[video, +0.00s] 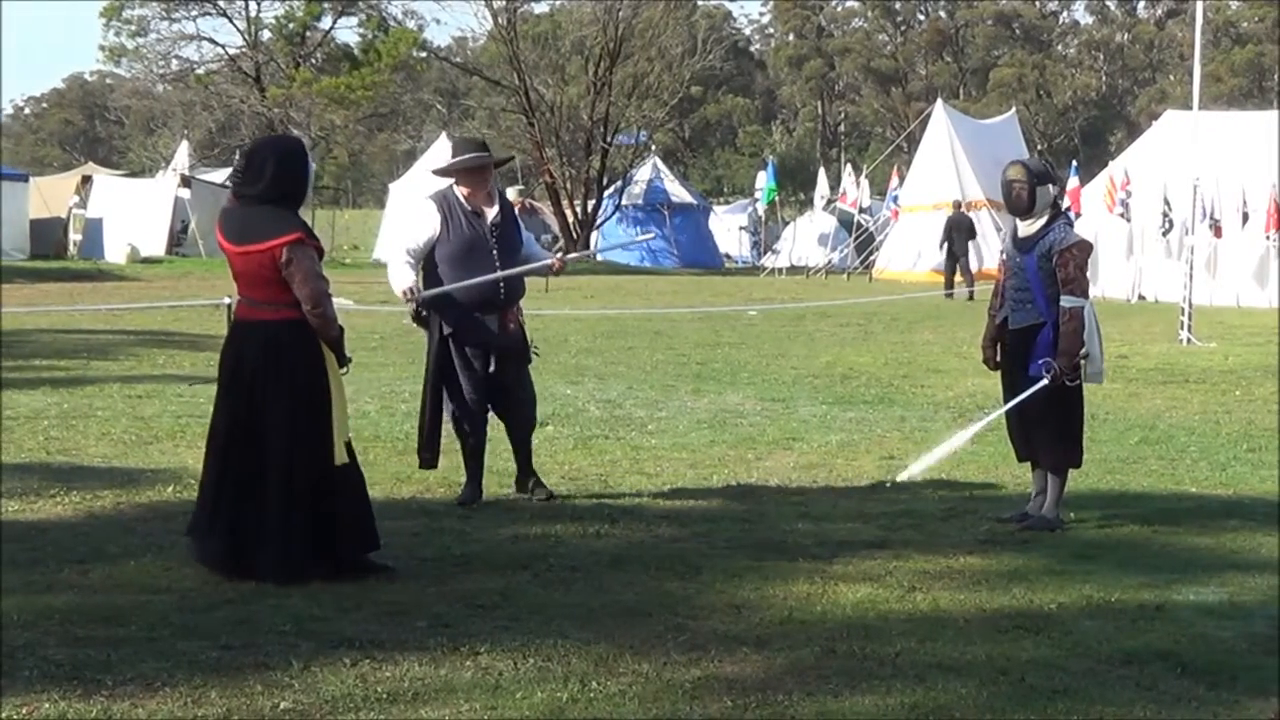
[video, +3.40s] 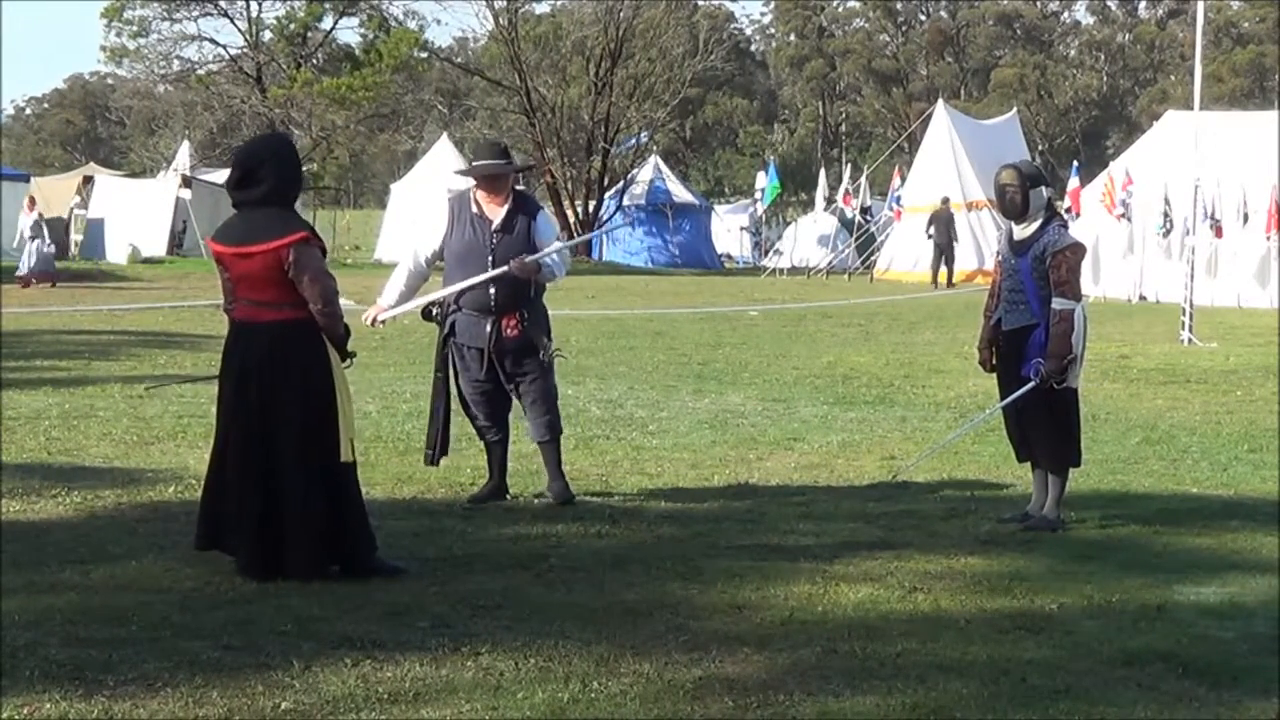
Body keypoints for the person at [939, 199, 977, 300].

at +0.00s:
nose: (954, 208)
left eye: (953, 206)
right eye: (956, 206)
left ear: (953, 207)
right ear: (961, 207)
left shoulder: (950, 219)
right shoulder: (968, 219)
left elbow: (946, 234)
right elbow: (973, 235)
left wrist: (941, 243)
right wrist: (964, 238)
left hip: (952, 248)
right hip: (963, 248)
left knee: (949, 271)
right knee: (966, 270)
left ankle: (949, 293)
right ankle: (970, 291)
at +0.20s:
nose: (950, 206)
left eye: (949, 203)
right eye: (952, 203)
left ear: (947, 204)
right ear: (956, 203)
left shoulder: (944, 216)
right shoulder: (963, 216)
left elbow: (938, 228)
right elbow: (969, 229)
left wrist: (934, 237)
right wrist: (973, 241)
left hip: (948, 248)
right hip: (958, 247)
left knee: (948, 269)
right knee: (958, 269)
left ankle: (949, 290)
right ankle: (958, 289)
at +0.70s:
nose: (942, 205)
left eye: (941, 203)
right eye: (944, 203)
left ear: (939, 204)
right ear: (947, 203)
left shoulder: (936, 215)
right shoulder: (952, 215)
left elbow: (930, 227)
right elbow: (958, 228)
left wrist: (926, 237)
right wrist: (960, 239)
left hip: (938, 246)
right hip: (950, 246)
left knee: (937, 265)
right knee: (950, 266)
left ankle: (941, 284)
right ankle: (949, 287)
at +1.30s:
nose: (932, 204)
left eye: (931, 202)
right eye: (933, 202)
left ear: (928, 202)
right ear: (935, 202)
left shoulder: (923, 213)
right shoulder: (940, 213)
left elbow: (916, 225)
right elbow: (946, 227)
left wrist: (912, 234)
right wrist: (952, 240)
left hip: (927, 243)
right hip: (937, 243)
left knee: (928, 265)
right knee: (938, 265)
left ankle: (929, 286)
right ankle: (936, 285)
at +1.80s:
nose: (928, 204)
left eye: (927, 202)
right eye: (930, 202)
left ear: (924, 203)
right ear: (932, 203)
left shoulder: (920, 214)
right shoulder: (936, 214)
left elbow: (915, 226)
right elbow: (942, 226)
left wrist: (913, 234)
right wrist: (942, 233)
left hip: (922, 243)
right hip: (933, 244)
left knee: (920, 262)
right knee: (932, 263)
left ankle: (921, 282)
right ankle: (931, 284)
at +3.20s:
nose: (943, 206)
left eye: (942, 204)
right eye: (943, 204)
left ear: (935, 205)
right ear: (941, 205)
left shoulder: (930, 215)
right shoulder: (945, 216)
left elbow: (925, 226)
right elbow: (949, 228)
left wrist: (922, 236)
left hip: (932, 244)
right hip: (941, 244)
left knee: (933, 262)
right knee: (944, 261)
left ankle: (934, 281)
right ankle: (937, 279)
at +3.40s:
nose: (949, 205)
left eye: (948, 203)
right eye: (949, 203)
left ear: (941, 203)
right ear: (948, 203)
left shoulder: (935, 213)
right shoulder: (949, 214)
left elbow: (929, 223)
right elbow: (952, 227)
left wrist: (927, 232)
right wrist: (955, 237)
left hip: (937, 240)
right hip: (947, 241)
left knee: (936, 261)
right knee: (950, 262)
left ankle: (934, 281)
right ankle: (949, 281)